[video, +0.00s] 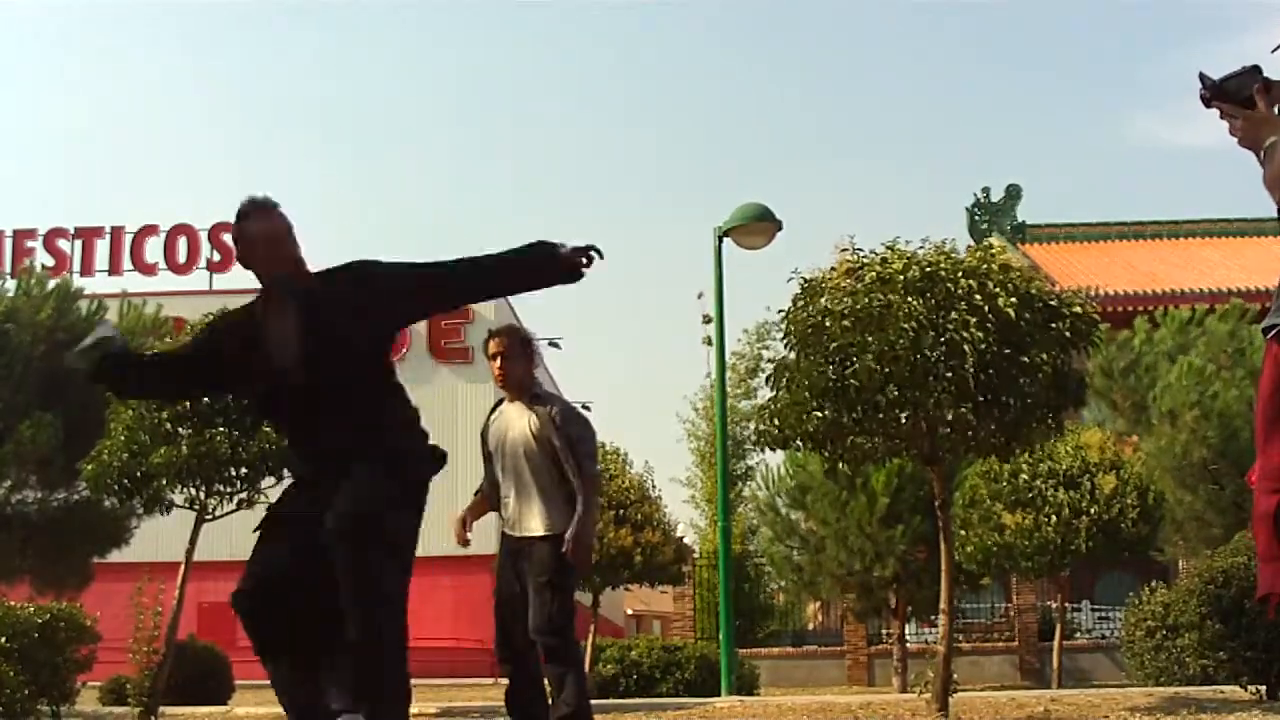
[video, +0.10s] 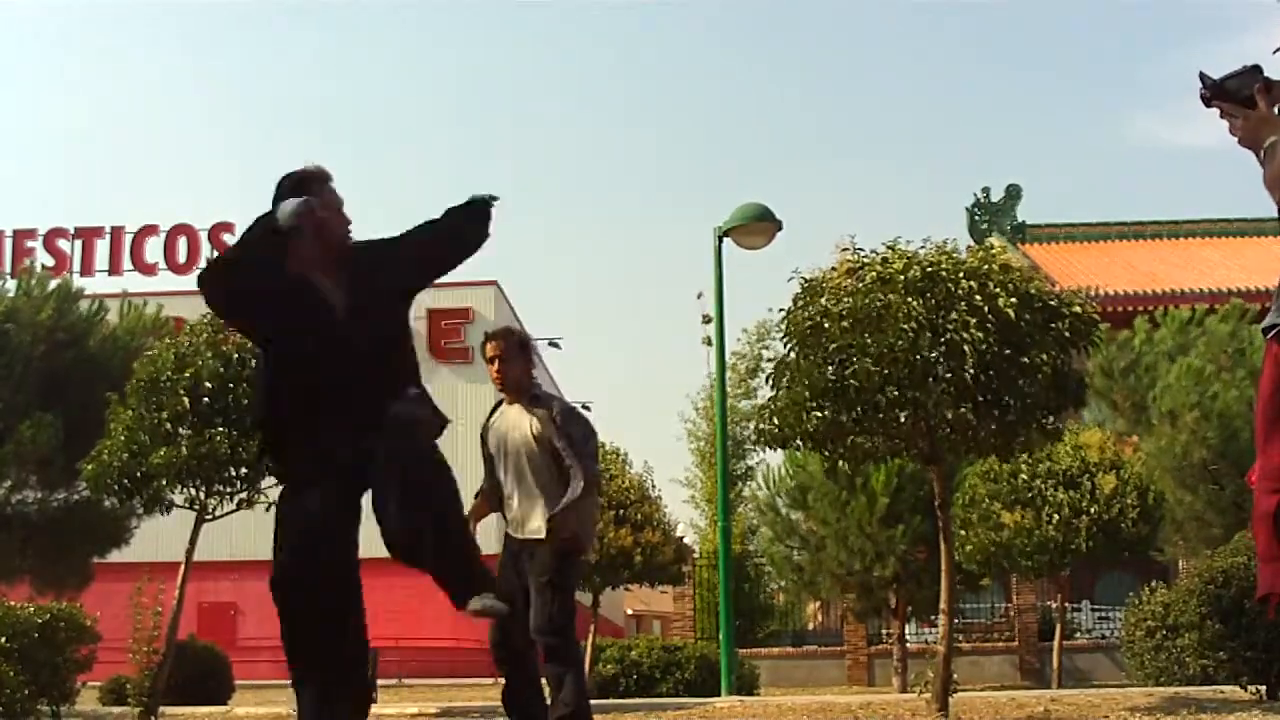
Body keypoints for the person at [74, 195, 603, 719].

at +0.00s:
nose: (256, 237)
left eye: (263, 225)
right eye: (246, 233)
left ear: (292, 234)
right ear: (241, 257)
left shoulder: (356, 287)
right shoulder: (238, 335)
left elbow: (456, 278)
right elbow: (171, 372)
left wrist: (549, 261)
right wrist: (105, 361)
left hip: (390, 460)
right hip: (317, 476)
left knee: (365, 583)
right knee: (264, 596)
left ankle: (380, 711)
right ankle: (316, 712)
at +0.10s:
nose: (346, 214)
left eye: (342, 204)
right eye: (334, 205)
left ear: (334, 213)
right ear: (301, 218)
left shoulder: (377, 263)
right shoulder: (270, 285)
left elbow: (441, 239)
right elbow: (218, 283)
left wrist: (477, 210)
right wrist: (272, 224)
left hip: (392, 427)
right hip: (314, 445)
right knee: (307, 583)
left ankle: (469, 584)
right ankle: (332, 705)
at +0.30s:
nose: (394, 181)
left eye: (393, 170)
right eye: (388, 169)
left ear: (341, 171)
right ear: (362, 169)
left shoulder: (313, 227)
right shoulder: (359, 216)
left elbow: (366, 320)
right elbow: (439, 198)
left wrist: (435, 348)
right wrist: (521, 161)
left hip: (344, 385)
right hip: (373, 375)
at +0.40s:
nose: (422, 219)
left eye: (422, 209)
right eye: (418, 208)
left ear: (367, 201)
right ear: (398, 202)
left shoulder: (318, 252)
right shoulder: (389, 240)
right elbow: (476, 249)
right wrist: (574, 233)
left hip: (365, 426)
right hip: (426, 386)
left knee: (429, 560)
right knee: (518, 344)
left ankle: (435, 706)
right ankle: (640, 365)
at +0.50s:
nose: (436, 269)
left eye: (437, 258)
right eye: (433, 258)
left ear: (385, 249)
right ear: (414, 253)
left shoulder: (337, 301)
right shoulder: (416, 298)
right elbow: (497, 337)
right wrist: (570, 337)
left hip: (384, 482)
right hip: (426, 465)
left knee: (425, 622)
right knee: (508, 368)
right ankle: (648, 340)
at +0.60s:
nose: (433, 280)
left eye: (433, 271)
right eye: (432, 271)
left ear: (385, 264)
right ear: (419, 268)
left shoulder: (336, 325)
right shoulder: (429, 320)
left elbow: (358, 418)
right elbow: (488, 386)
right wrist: (542, 432)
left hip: (391, 500)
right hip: (447, 487)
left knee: (431, 626)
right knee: (541, 448)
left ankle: (441, 709)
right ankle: (563, 539)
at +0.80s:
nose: (374, 295)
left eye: (373, 288)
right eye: (376, 288)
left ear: (377, 285)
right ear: (421, 281)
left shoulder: (387, 332)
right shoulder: (460, 334)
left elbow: (311, 373)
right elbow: (482, 413)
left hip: (446, 492)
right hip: (489, 490)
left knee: (409, 611)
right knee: (455, 609)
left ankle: (469, 704)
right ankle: (459, 702)